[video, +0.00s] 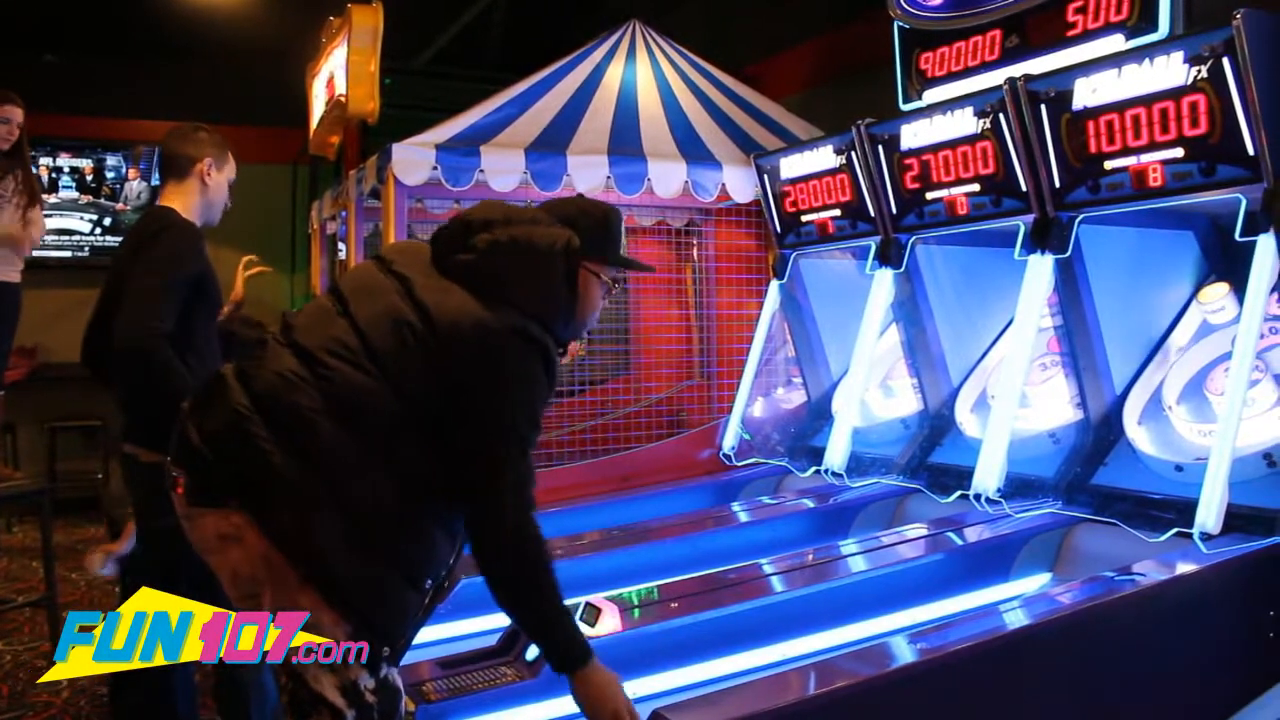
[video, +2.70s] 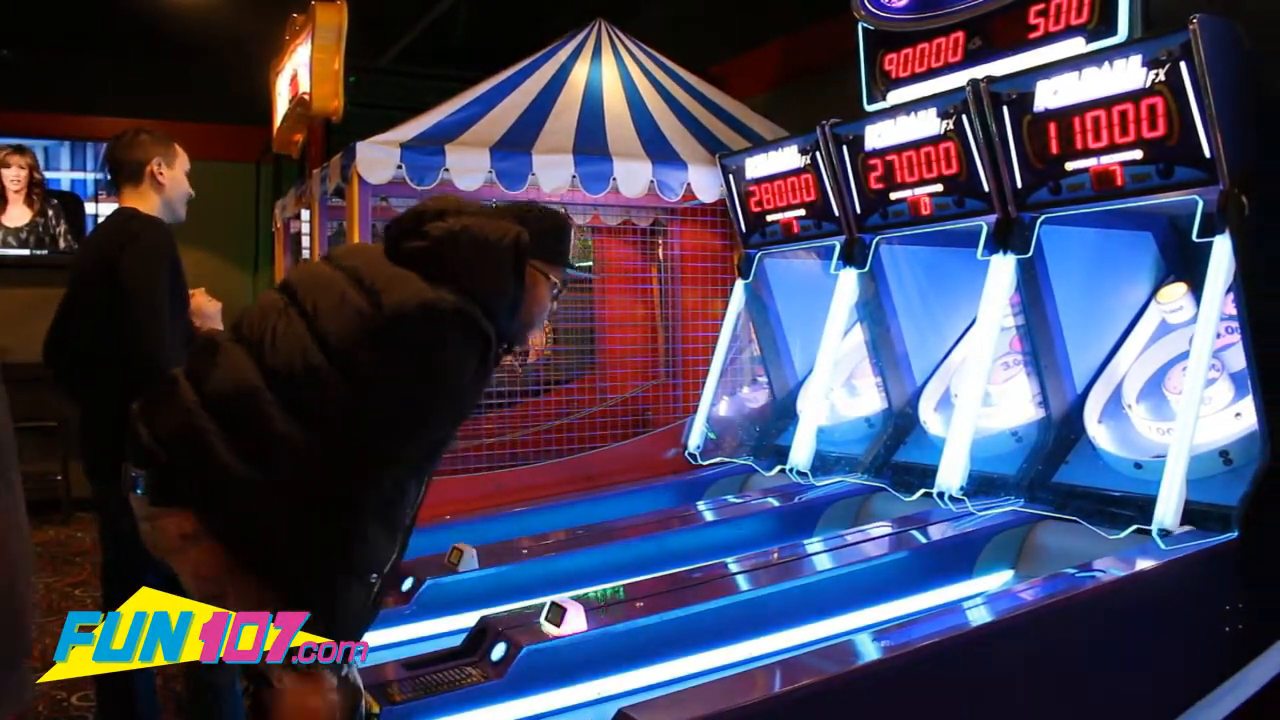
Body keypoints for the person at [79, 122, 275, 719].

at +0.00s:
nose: (229, 196)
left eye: (231, 184)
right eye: (229, 182)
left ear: (180, 170)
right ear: (206, 172)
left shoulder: (148, 233)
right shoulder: (176, 239)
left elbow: (98, 349)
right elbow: (147, 344)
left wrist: (224, 315)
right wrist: (200, 414)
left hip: (147, 453)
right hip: (173, 460)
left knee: (158, 596)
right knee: (211, 603)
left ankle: (151, 704)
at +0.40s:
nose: (230, 199)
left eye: (232, 187)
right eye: (230, 185)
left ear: (181, 172)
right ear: (204, 174)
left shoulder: (141, 235)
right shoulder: (182, 241)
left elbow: (100, 350)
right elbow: (172, 351)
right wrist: (187, 446)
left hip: (142, 452)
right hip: (175, 458)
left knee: (165, 593)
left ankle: (166, 704)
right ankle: (254, 707)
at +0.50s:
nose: (231, 197)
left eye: (232, 183)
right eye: (229, 182)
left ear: (182, 174)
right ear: (205, 172)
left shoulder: (141, 234)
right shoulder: (183, 240)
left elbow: (96, 352)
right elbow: (170, 348)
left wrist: (134, 423)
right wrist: (180, 443)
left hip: (141, 444)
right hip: (173, 448)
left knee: (162, 578)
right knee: (185, 586)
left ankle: (160, 696)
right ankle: (171, 700)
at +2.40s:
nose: (187, 189)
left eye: (185, 174)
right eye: (183, 174)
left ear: (129, 178)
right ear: (156, 173)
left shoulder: (103, 239)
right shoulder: (151, 239)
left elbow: (42, 347)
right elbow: (162, 353)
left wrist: (103, 396)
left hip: (106, 449)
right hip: (145, 456)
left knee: (123, 594)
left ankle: (123, 705)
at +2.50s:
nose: (187, 185)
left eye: (185, 172)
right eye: (183, 172)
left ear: (125, 178)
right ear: (157, 172)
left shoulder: (103, 239)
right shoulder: (152, 238)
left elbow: (50, 349)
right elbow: (160, 353)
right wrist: (211, 321)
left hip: (106, 448)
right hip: (144, 454)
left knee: (124, 593)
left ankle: (125, 706)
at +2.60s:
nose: (189, 185)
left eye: (187, 172)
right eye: (184, 172)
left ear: (127, 177)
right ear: (157, 172)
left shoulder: (102, 241)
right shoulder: (152, 239)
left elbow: (56, 350)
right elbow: (162, 354)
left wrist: (105, 403)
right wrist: (207, 325)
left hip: (109, 451)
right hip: (148, 455)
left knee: (126, 596)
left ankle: (125, 706)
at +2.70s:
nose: (191, 185)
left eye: (189, 171)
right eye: (186, 171)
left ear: (133, 176)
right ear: (158, 172)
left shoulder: (105, 240)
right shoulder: (149, 240)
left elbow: (60, 349)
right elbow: (160, 359)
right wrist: (201, 327)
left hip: (111, 454)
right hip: (144, 460)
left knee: (127, 598)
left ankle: (125, 706)